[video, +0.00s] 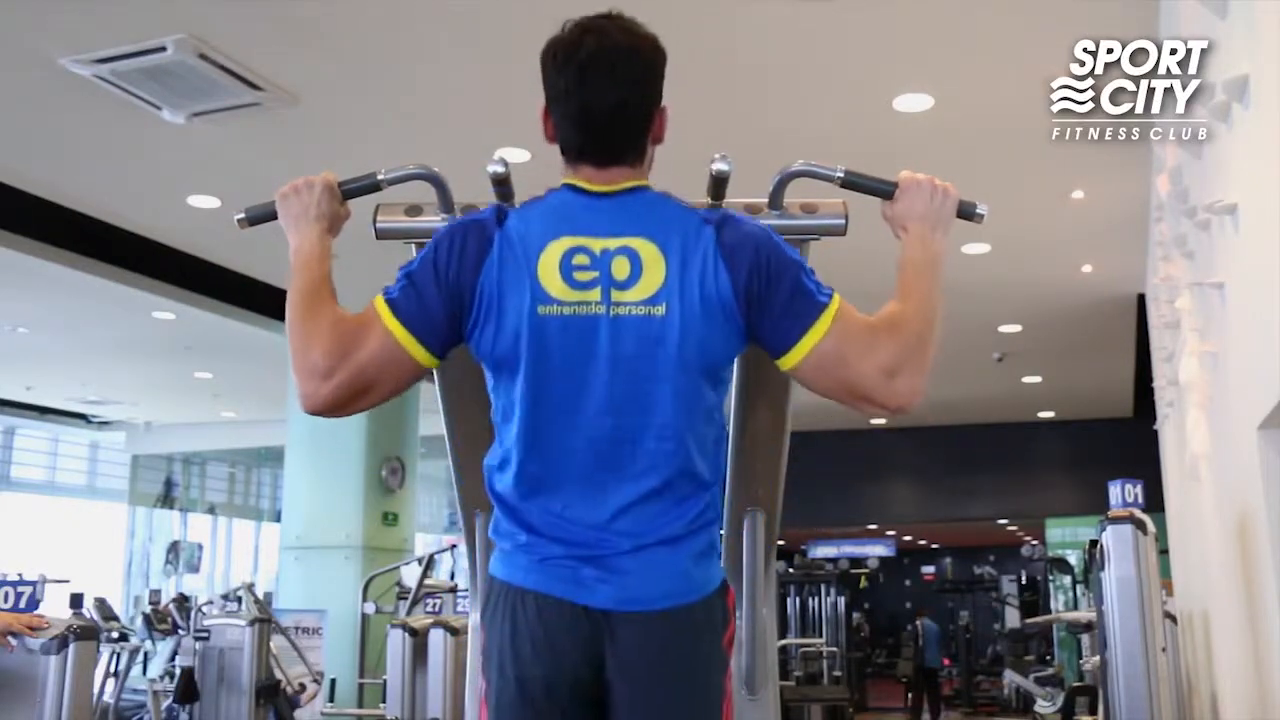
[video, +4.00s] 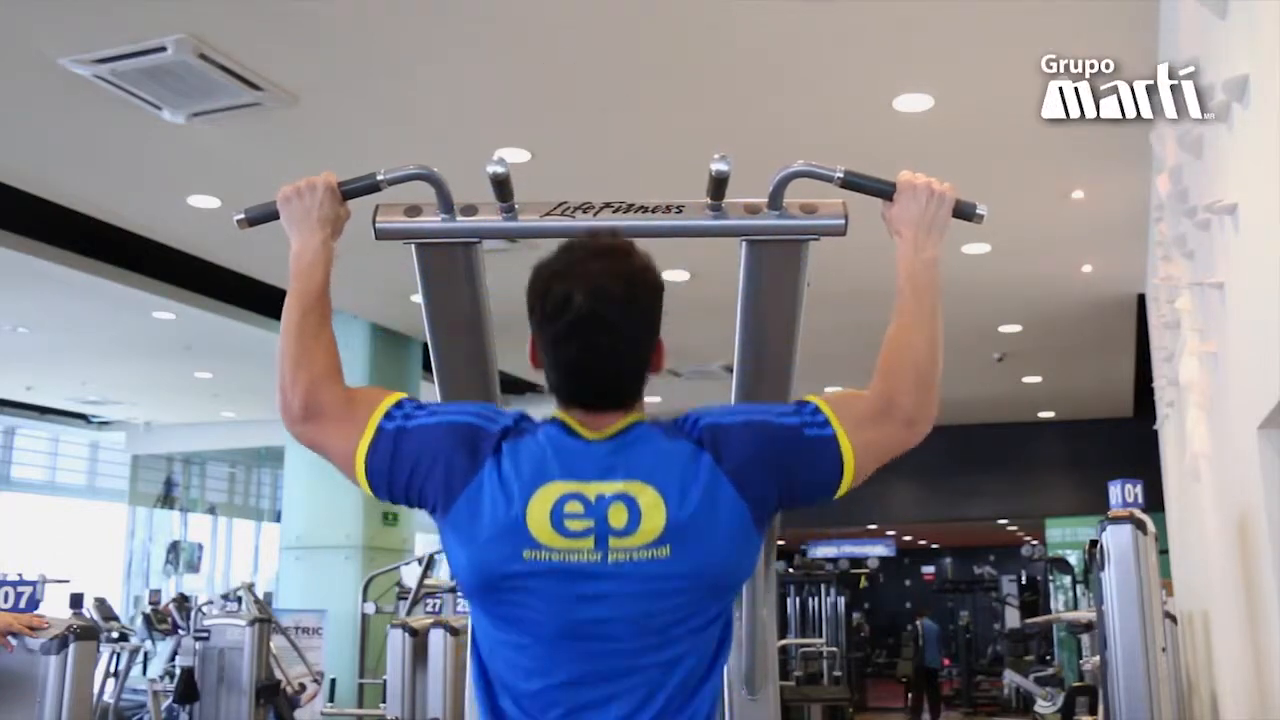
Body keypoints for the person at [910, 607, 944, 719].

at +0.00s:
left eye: (917, 616)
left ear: (917, 615)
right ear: (927, 615)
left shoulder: (917, 625)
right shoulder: (935, 626)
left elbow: (917, 644)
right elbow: (938, 645)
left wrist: (914, 658)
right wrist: (938, 660)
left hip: (920, 663)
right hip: (934, 664)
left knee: (917, 692)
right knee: (933, 691)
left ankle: (916, 714)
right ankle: (935, 715)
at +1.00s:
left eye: (917, 616)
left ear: (917, 615)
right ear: (927, 615)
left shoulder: (917, 625)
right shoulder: (935, 626)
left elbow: (917, 644)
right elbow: (938, 645)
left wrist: (914, 658)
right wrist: (938, 659)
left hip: (921, 664)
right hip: (934, 664)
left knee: (917, 692)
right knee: (933, 692)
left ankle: (916, 715)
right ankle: (935, 715)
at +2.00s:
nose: (915, 618)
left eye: (916, 615)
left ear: (917, 615)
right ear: (928, 614)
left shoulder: (917, 626)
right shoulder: (935, 627)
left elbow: (917, 644)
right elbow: (938, 645)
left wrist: (914, 659)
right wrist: (938, 658)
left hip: (921, 663)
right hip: (934, 664)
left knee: (918, 692)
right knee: (934, 691)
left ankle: (916, 715)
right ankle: (935, 715)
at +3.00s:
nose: (916, 618)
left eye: (916, 616)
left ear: (917, 615)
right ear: (928, 614)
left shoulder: (917, 626)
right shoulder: (935, 627)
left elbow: (917, 644)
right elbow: (938, 645)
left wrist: (914, 659)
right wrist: (939, 659)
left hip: (921, 664)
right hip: (934, 664)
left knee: (918, 692)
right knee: (933, 692)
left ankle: (916, 715)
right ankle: (935, 715)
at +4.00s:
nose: (916, 618)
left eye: (916, 616)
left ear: (917, 615)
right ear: (928, 614)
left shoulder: (917, 625)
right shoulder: (935, 627)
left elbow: (917, 644)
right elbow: (938, 645)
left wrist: (914, 659)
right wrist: (939, 659)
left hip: (921, 664)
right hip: (934, 664)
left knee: (918, 692)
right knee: (933, 691)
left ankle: (916, 715)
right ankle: (935, 715)